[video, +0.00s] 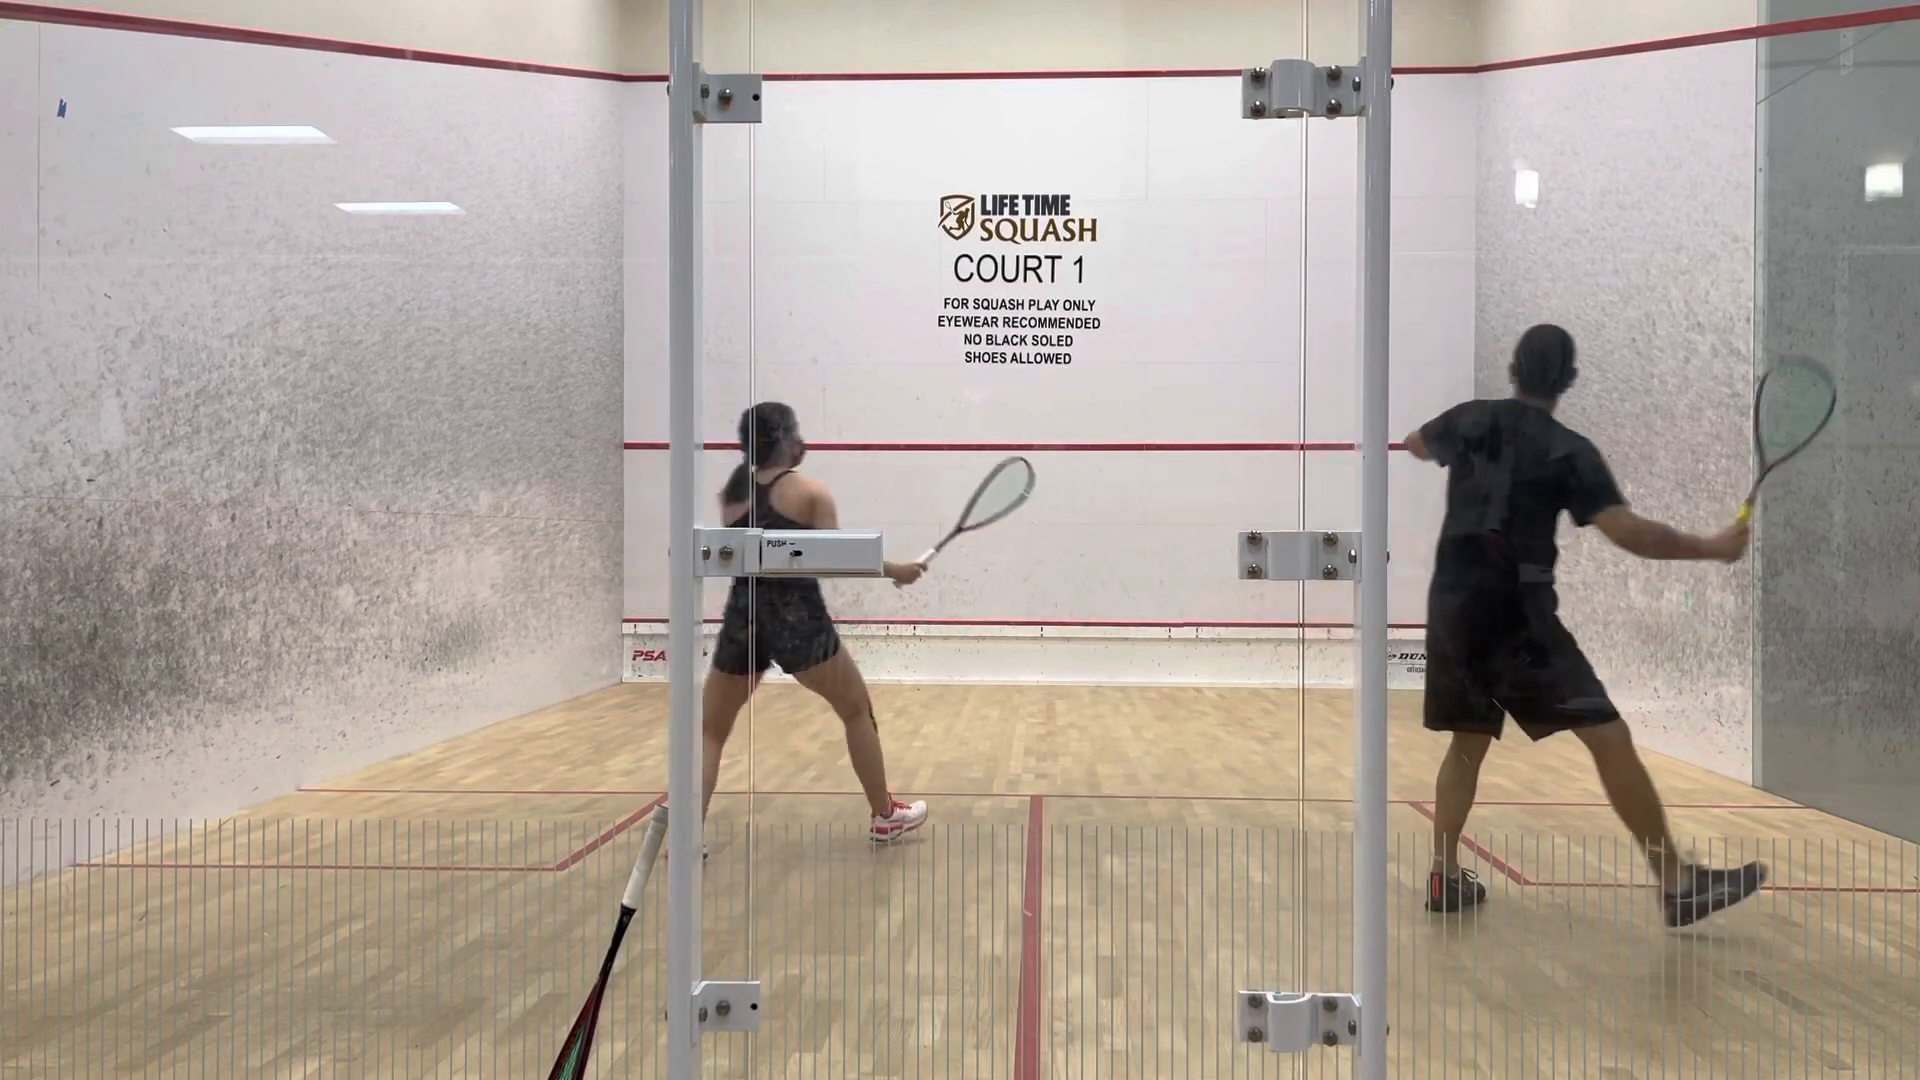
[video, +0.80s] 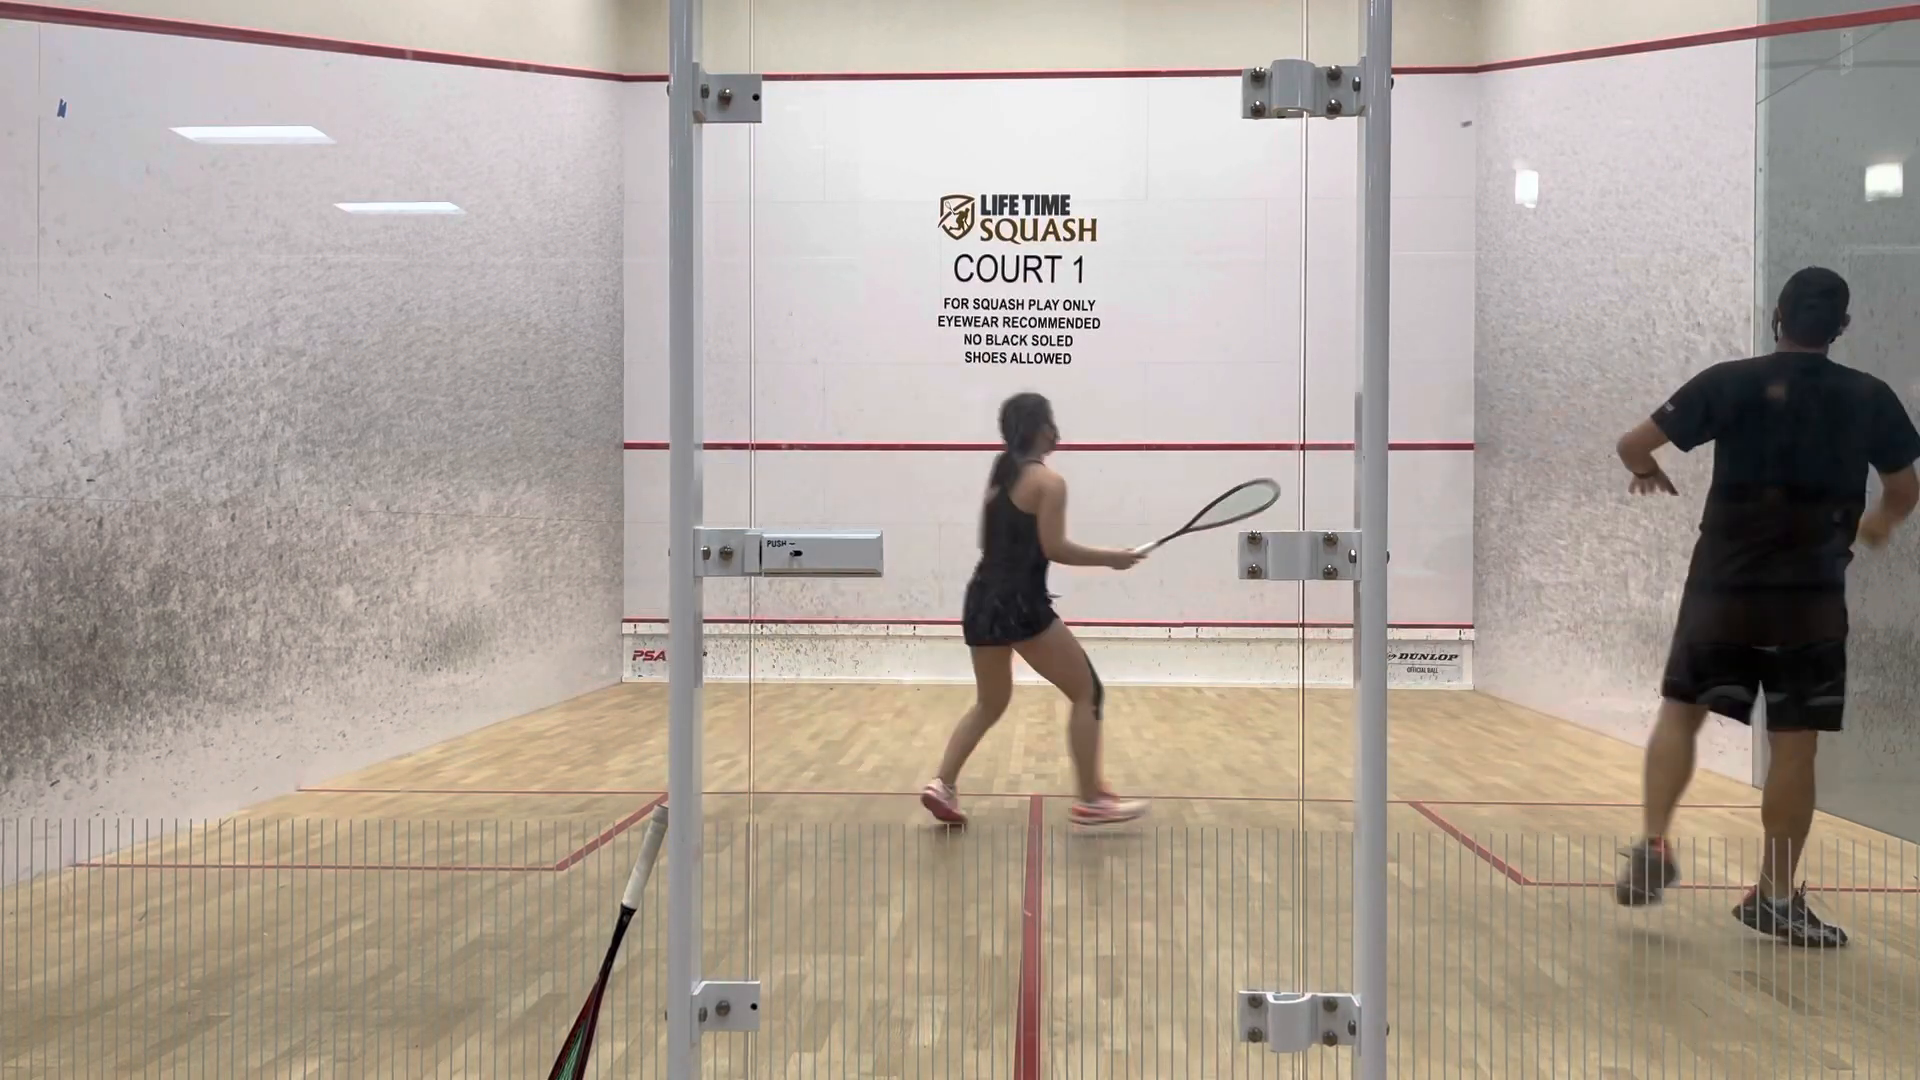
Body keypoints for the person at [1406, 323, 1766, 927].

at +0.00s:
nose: (1545, 377)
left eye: (1526, 366)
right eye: (1560, 369)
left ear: (1513, 370)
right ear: (1568, 379)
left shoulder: (1472, 420)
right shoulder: (1567, 450)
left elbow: (1415, 445)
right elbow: (1630, 532)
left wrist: (1445, 439)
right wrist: (1712, 545)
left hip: (1455, 619)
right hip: (1523, 621)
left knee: (1467, 738)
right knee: (1608, 736)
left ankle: (1443, 875)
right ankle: (1676, 879)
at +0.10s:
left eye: (1563, 368)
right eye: (1598, 374)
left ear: (1553, 373)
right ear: (1607, 385)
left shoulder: (1503, 420)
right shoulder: (1609, 455)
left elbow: (1445, 431)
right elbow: (1699, 523)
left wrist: (1440, 429)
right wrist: (1784, 500)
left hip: (1485, 624)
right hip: (1557, 630)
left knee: (1479, 743)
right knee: (1642, 746)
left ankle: (1444, 874)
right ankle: (1724, 880)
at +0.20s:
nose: (1625, 372)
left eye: (1619, 361)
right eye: (1645, 366)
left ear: (1604, 368)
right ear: (1659, 378)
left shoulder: (1554, 419)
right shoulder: (1669, 453)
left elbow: (1476, 427)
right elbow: (1779, 496)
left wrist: (1430, 433)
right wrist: (1853, 433)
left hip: (1529, 621)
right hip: (1606, 633)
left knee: (1493, 738)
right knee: (1674, 755)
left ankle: (1445, 869)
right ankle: (1740, 899)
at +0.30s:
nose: (1695, 361)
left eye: (1680, 352)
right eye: (1708, 355)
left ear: (1656, 359)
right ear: (1713, 369)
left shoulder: (1606, 412)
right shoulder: (1734, 436)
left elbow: (1507, 431)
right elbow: (1848, 438)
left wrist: (1443, 444)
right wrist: (1907, 358)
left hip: (1576, 617)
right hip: (1662, 630)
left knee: (1519, 730)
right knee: (1719, 755)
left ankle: (1460, 852)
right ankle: (1757, 903)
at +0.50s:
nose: (1789, 340)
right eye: (1798, 331)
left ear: (1739, 328)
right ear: (1799, 338)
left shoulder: (1687, 384)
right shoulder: (1812, 396)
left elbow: (1586, 419)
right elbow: (1888, 360)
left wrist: (1521, 446)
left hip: (1656, 591)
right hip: (1745, 602)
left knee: (1583, 700)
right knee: (1760, 747)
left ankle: (1517, 817)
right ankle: (1768, 895)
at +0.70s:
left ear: (1772, 319)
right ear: (1835, 330)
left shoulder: (1721, 379)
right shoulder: (1858, 393)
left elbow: (1617, 429)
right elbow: (1898, 452)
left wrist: (1612, 454)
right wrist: (1851, 389)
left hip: (1704, 597)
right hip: (1794, 608)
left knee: (1644, 706)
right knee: (1787, 745)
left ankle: (1593, 830)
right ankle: (1774, 895)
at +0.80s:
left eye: (1791, 313)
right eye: (1835, 321)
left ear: (1778, 319)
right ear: (1842, 328)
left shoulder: (1729, 382)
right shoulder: (1870, 397)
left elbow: (1634, 445)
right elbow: (1904, 492)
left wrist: (1643, 466)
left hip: (1719, 598)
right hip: (1809, 608)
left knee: (1679, 715)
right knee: (1795, 743)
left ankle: (1653, 845)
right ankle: (1775, 896)